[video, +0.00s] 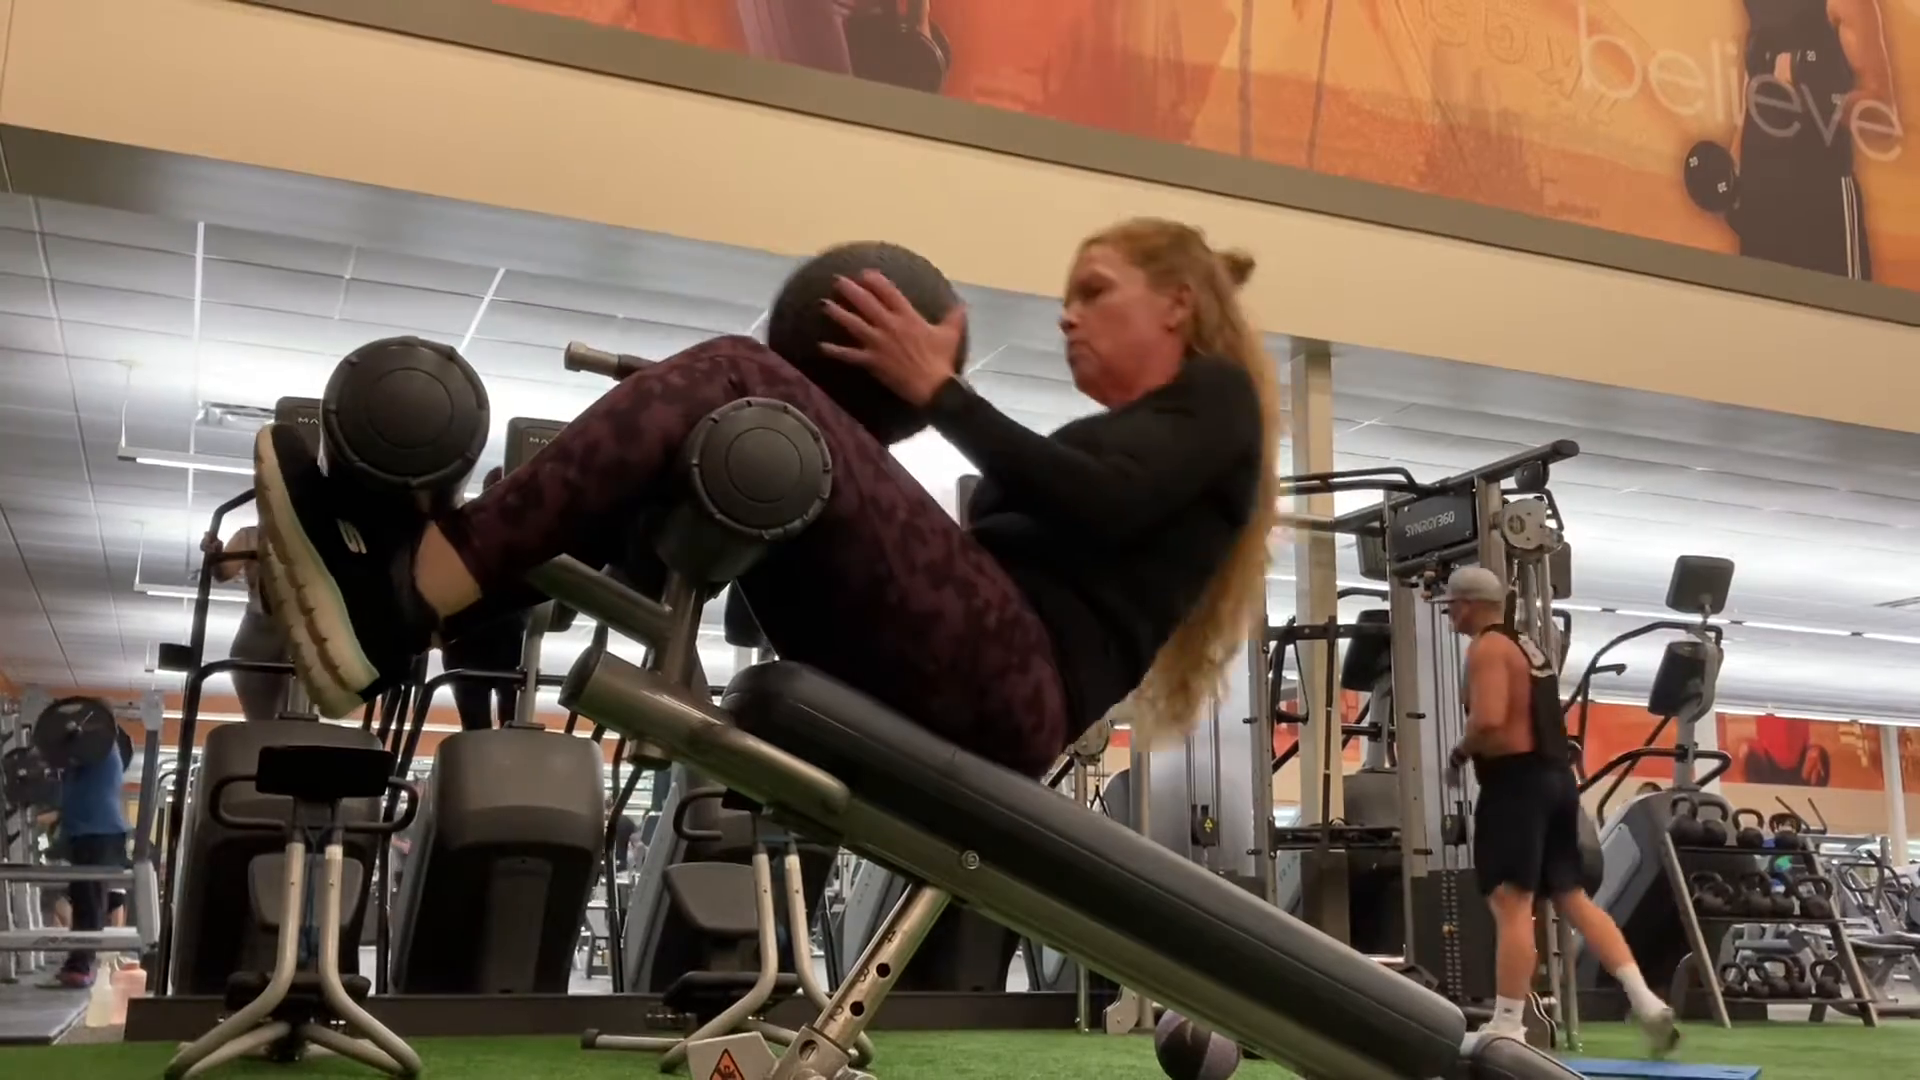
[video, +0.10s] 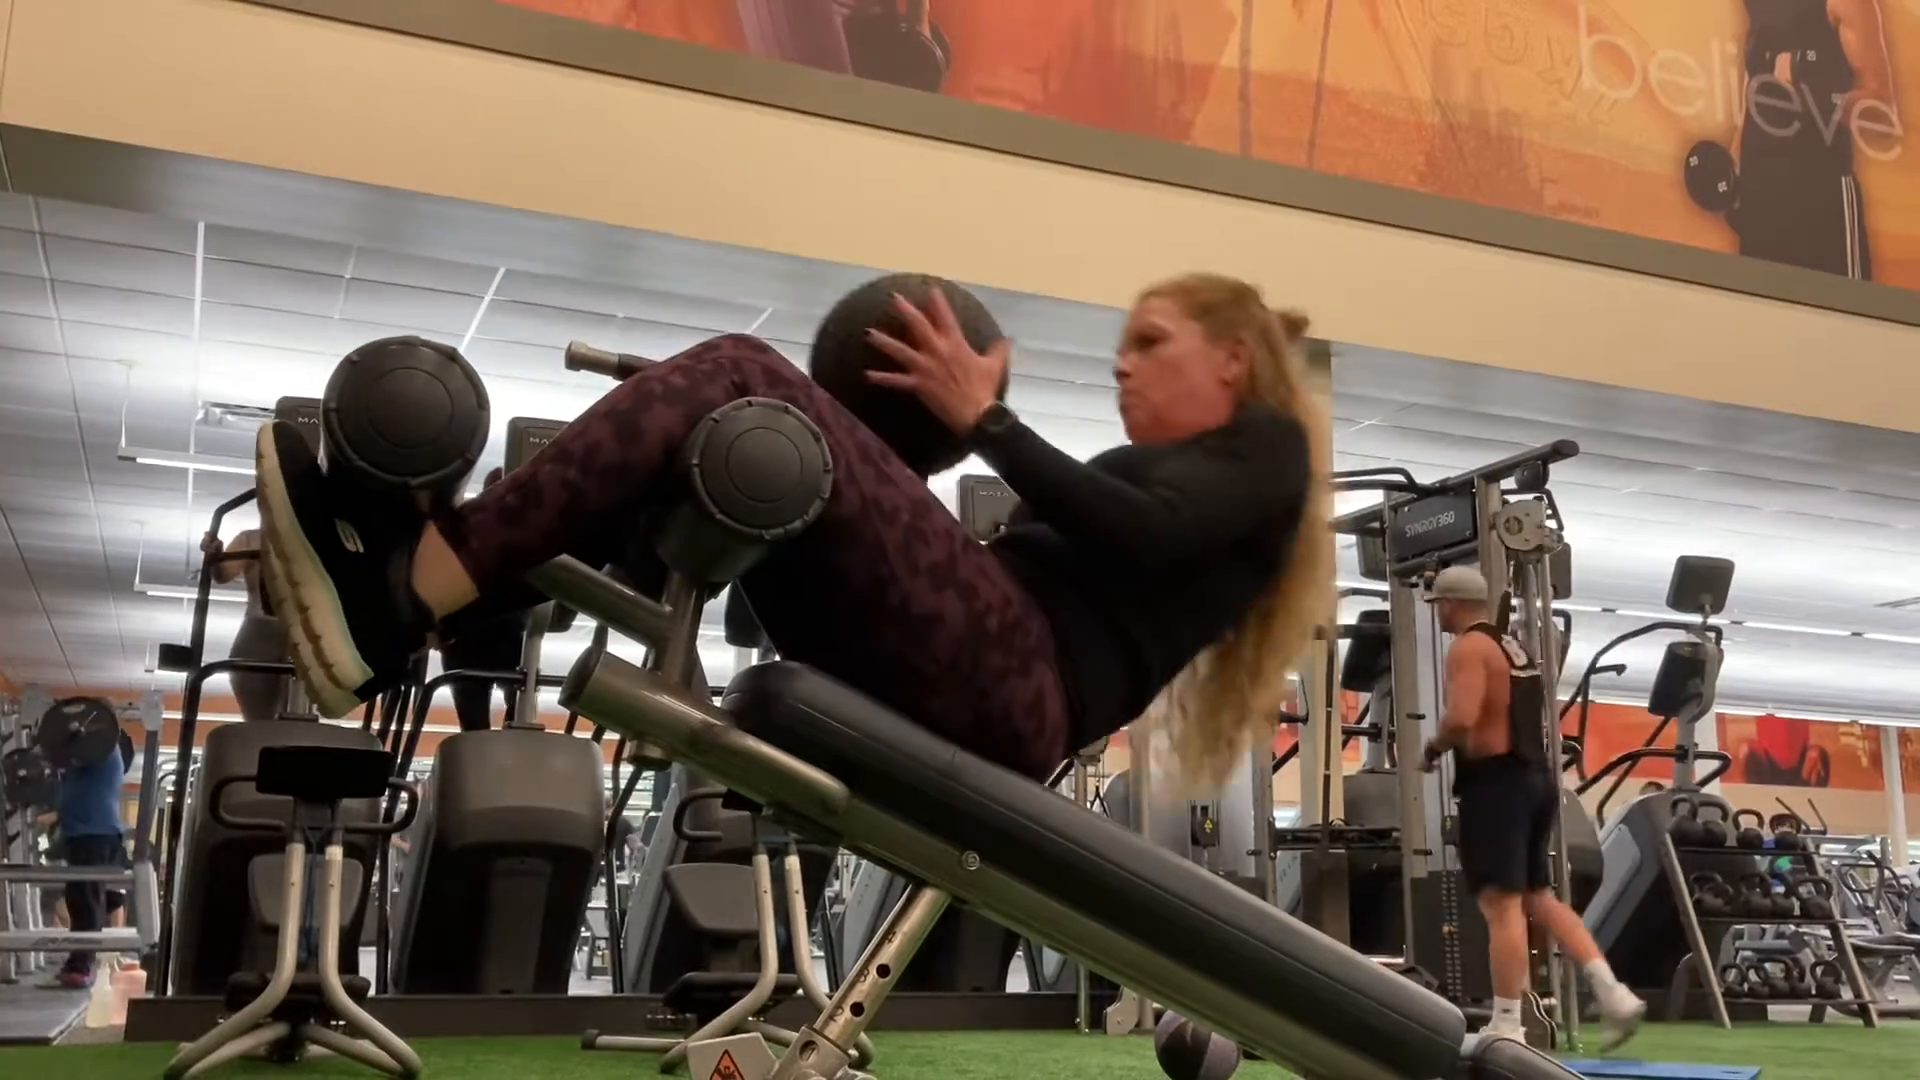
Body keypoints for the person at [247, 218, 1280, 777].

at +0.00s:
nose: (1068, 327)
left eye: (1091, 302)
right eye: (1070, 307)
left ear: (1176, 308)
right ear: (1128, 324)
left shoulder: (1216, 397)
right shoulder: (1121, 432)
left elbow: (1097, 497)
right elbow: (997, 542)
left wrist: (946, 396)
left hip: (1016, 677)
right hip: (958, 659)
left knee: (755, 381)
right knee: (747, 399)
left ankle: (421, 594)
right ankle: (422, 571)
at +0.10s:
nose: (1123, 367)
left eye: (1150, 345)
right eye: (1126, 351)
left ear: (1234, 359)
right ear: (1178, 374)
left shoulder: (1269, 449)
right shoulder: (1145, 478)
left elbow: (1141, 527)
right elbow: (919, 531)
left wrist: (989, 423)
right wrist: (693, 401)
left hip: (1017, 680)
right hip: (953, 651)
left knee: (752, 373)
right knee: (735, 394)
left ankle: (428, 584)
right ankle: (401, 586)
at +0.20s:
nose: (1182, 420)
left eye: (1212, 403)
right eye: (1186, 405)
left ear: (1288, 424)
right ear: (1225, 431)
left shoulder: (1309, 509)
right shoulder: (1210, 523)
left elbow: (1152, 555)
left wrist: (1032, 440)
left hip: (1029, 679)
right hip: (980, 667)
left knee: (747, 381)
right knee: (730, 393)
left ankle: (436, 579)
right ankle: (420, 575)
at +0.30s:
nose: (1239, 477)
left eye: (1269, 468)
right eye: (1247, 464)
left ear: (1341, 506)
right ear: (1258, 494)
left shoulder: (1336, 584)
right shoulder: (1208, 577)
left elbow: (1185, 575)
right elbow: (972, 497)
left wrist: (1072, 446)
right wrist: (1029, 396)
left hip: (1025, 685)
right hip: (964, 673)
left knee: (738, 387)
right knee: (734, 379)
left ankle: (421, 582)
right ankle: (436, 566)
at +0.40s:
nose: (1293, 537)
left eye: (1325, 533)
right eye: (1306, 524)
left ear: (1379, 590)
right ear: (1318, 568)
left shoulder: (1358, 652)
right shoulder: (1266, 648)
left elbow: (1215, 584)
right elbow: (1073, 635)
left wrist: (1128, 442)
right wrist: (1011, 517)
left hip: (1036, 677)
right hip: (996, 657)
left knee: (745, 377)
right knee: (727, 376)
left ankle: (426, 584)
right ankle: (421, 570)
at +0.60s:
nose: (1392, 644)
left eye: (1417, 657)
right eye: (1400, 638)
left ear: (1430, 740)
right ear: (1360, 670)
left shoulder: (1380, 770)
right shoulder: (1299, 746)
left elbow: (1287, 602)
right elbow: (1115, 640)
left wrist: (1284, 454)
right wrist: (1153, 531)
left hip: (1035, 685)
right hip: (1015, 681)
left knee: (739, 384)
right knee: (739, 382)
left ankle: (434, 566)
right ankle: (444, 568)